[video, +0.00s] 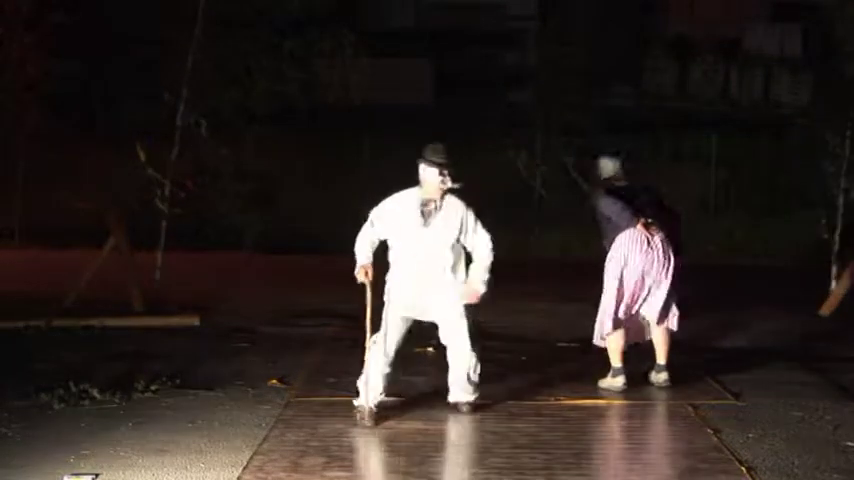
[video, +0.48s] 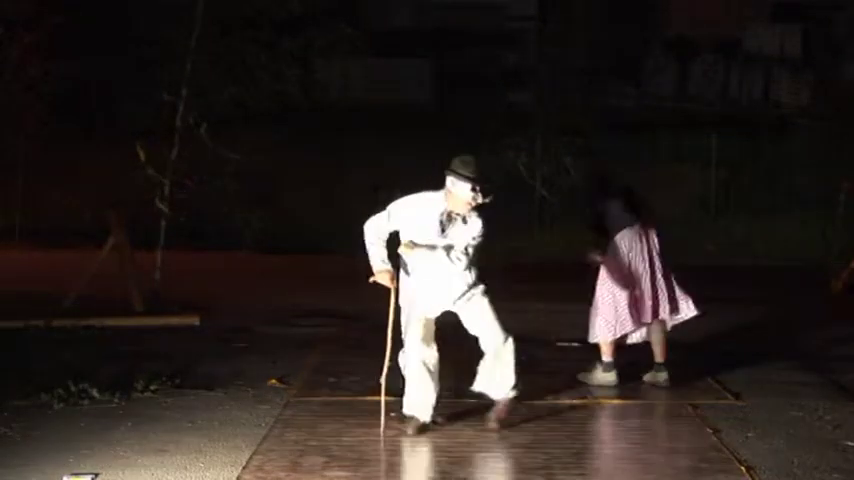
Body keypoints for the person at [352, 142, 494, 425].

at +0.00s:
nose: (442, 178)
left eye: (445, 172)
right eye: (436, 172)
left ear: (449, 176)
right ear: (421, 172)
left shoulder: (457, 210)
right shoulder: (397, 205)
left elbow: (482, 245)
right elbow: (370, 231)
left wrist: (476, 282)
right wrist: (364, 260)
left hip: (444, 291)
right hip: (403, 290)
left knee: (460, 345)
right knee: (385, 345)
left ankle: (463, 398)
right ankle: (367, 400)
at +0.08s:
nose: (446, 180)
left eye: (448, 174)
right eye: (439, 174)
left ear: (451, 177)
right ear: (424, 174)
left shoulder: (456, 213)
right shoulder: (396, 204)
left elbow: (476, 260)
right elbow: (367, 229)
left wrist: (457, 287)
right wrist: (363, 261)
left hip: (442, 287)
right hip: (402, 289)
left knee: (469, 337)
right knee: (389, 346)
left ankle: (466, 391)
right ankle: (368, 403)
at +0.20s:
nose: (459, 180)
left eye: (460, 173)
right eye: (452, 173)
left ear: (461, 176)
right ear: (434, 172)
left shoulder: (463, 210)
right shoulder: (402, 199)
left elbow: (470, 257)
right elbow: (367, 220)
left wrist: (430, 264)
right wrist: (365, 254)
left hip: (450, 281)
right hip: (407, 280)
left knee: (473, 333)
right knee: (393, 338)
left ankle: (469, 403)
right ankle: (370, 403)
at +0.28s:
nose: (464, 180)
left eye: (465, 174)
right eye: (457, 173)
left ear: (467, 176)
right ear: (439, 173)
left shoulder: (468, 209)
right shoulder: (410, 197)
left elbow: (464, 251)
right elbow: (371, 217)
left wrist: (421, 243)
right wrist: (368, 252)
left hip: (453, 282)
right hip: (411, 280)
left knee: (465, 340)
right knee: (397, 336)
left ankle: (468, 407)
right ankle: (383, 402)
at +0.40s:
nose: (471, 192)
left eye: (473, 186)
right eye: (465, 184)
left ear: (474, 187)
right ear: (448, 181)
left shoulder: (472, 216)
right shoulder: (414, 202)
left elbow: (456, 241)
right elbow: (375, 223)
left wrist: (420, 239)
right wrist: (376, 263)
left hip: (458, 286)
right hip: (418, 288)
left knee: (475, 342)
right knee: (418, 346)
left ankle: (473, 404)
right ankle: (418, 411)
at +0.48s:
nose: (476, 199)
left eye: (478, 193)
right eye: (471, 191)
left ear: (478, 193)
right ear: (451, 186)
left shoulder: (474, 225)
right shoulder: (416, 206)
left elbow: (458, 258)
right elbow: (374, 227)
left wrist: (417, 252)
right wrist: (381, 266)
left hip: (462, 287)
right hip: (418, 289)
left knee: (497, 340)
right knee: (418, 351)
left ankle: (502, 399)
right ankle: (417, 413)